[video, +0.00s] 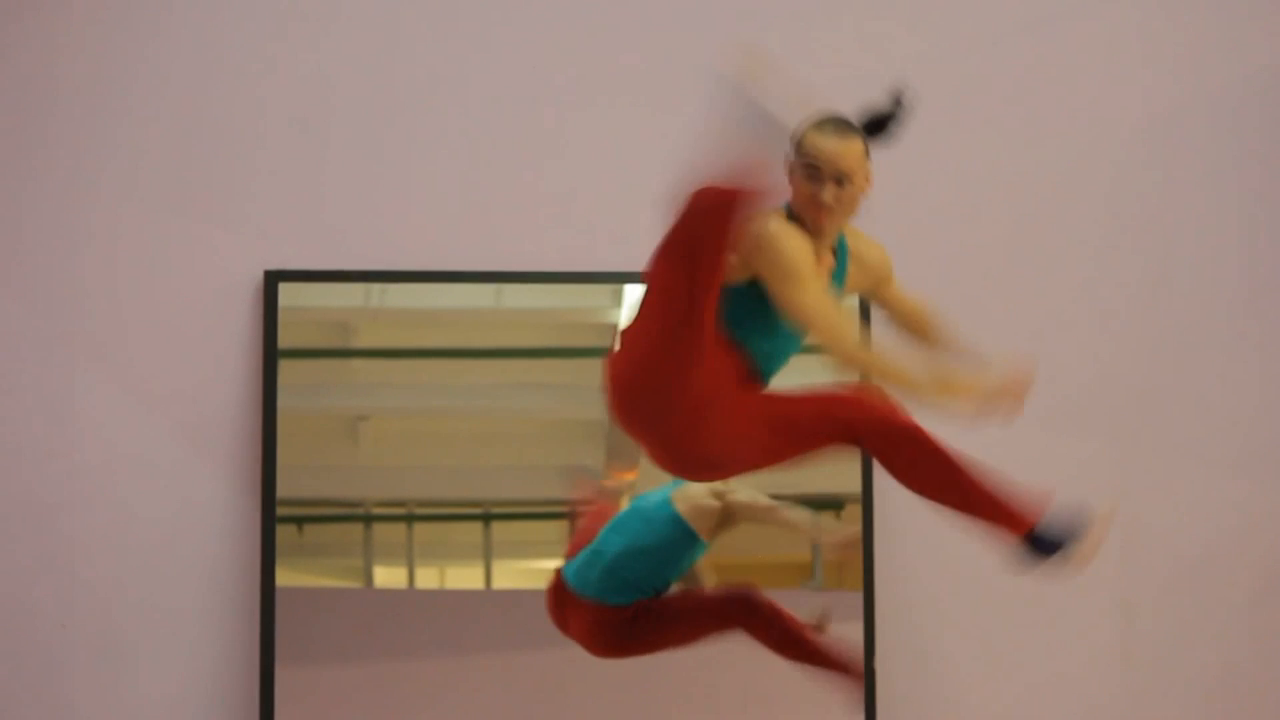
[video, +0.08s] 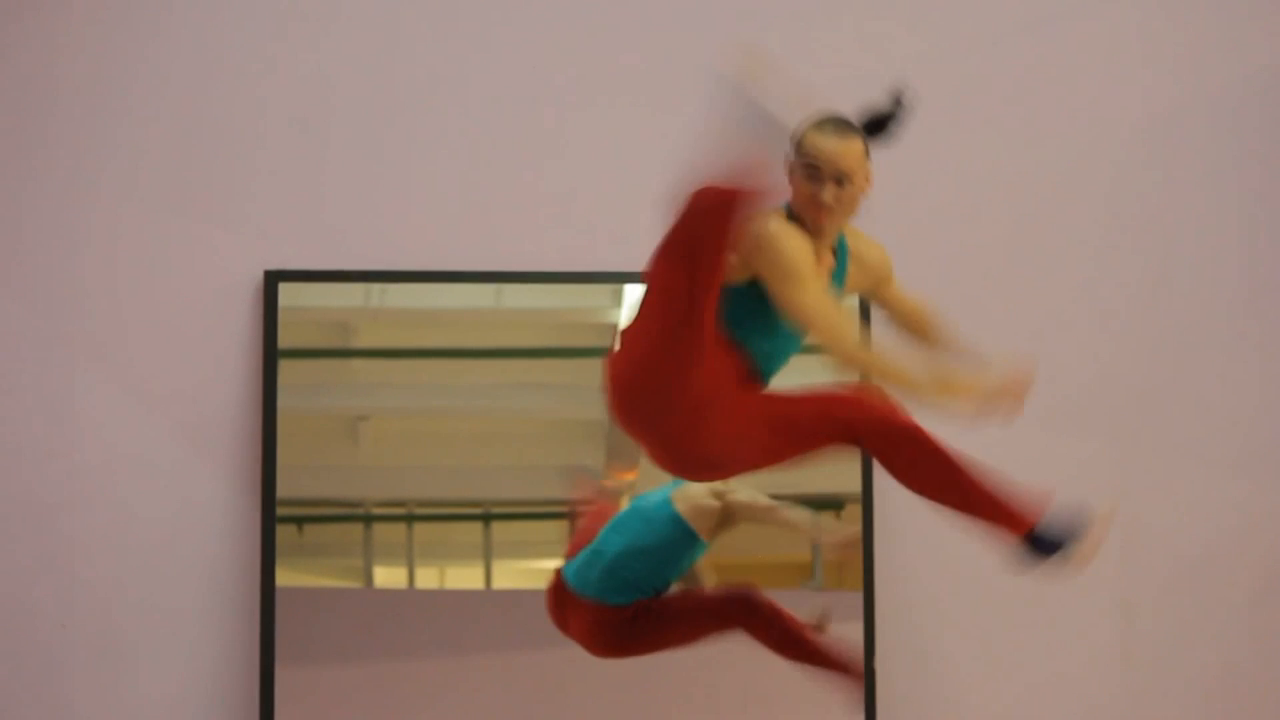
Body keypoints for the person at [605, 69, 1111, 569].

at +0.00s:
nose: (823, 194)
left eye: (840, 182)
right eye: (812, 176)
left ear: (865, 187)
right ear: (790, 176)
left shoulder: (862, 260)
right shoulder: (771, 236)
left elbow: (912, 320)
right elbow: (843, 347)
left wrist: (976, 370)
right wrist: (951, 389)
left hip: (722, 433)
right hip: (659, 388)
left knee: (867, 411)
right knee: (707, 215)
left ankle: (1029, 530)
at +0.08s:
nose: (823, 194)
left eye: (840, 182)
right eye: (812, 176)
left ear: (865, 187)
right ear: (790, 176)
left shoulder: (862, 260)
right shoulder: (771, 236)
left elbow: (913, 320)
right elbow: (843, 347)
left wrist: (977, 370)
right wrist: (951, 390)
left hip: (722, 433)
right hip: (660, 387)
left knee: (867, 411)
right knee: (707, 215)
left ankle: (1029, 530)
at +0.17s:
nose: (832, 209)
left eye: (850, 196)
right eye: (819, 193)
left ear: (873, 201)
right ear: (799, 190)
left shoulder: (870, 279)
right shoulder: (767, 248)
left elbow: (875, 370)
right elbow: (817, 375)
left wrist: (877, 447)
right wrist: (930, 437)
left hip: (708, 434)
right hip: (651, 383)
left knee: (853, 467)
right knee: (632, 256)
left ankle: (1032, 500)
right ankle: (602, 101)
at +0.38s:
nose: (832, 209)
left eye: (850, 196)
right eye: (819, 192)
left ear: (873, 200)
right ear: (799, 190)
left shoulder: (870, 279)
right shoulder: (767, 248)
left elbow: (876, 368)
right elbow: (816, 374)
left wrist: (878, 445)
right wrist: (930, 436)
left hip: (708, 433)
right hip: (651, 383)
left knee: (851, 466)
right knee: (632, 258)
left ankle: (1035, 500)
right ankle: (603, 96)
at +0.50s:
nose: (842, 226)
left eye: (861, 215)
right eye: (832, 208)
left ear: (885, 222)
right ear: (811, 201)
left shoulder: (873, 293)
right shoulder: (774, 265)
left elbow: (810, 372)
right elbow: (786, 398)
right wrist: (884, 463)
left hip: (717, 439)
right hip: (652, 382)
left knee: (829, 479)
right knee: (580, 291)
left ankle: (1004, 552)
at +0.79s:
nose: (855, 245)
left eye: (872, 232)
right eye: (843, 226)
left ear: (895, 235)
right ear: (820, 219)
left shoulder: (874, 304)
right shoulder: (779, 274)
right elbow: (753, 405)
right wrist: (846, 477)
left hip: (705, 457)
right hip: (644, 408)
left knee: (848, 512)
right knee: (548, 300)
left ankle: (957, 659)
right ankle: (410, 278)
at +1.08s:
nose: (853, 285)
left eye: (873, 275)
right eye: (845, 265)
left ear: (891, 285)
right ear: (824, 256)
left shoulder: (860, 341)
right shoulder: (777, 308)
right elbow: (697, 413)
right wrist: (774, 486)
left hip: (695, 504)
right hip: (623, 453)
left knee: (778, 630)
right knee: (490, 433)